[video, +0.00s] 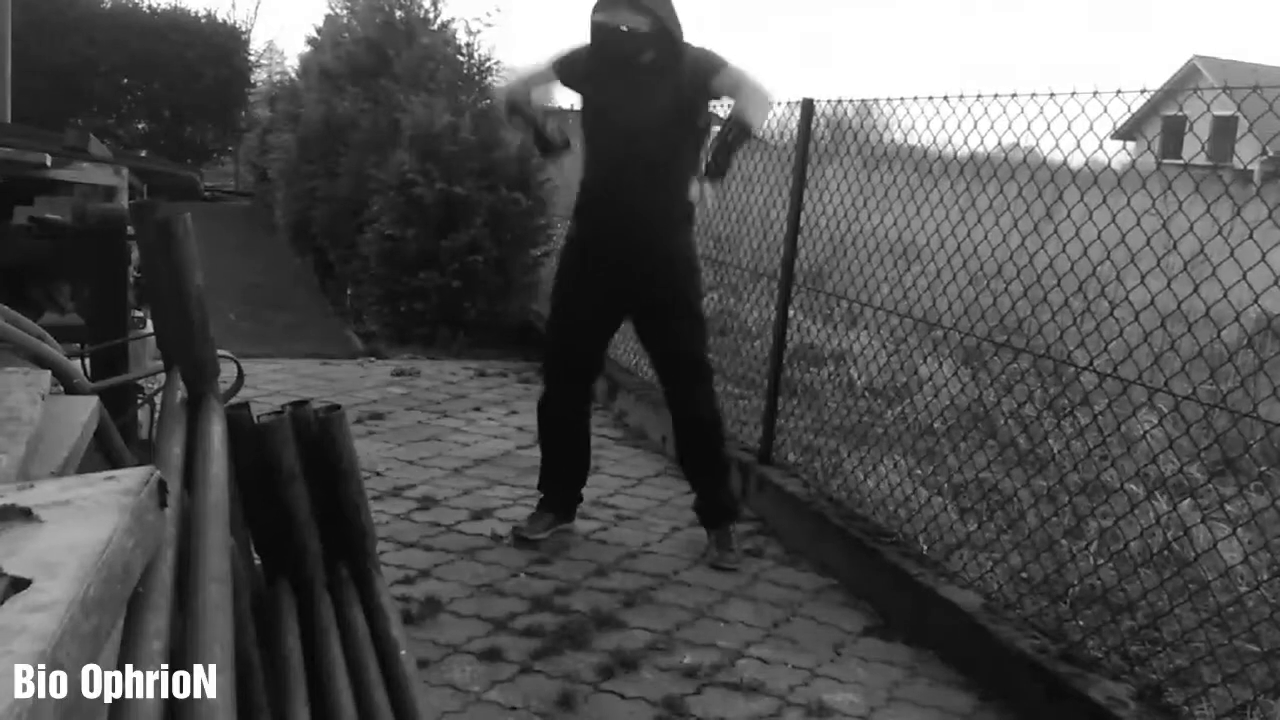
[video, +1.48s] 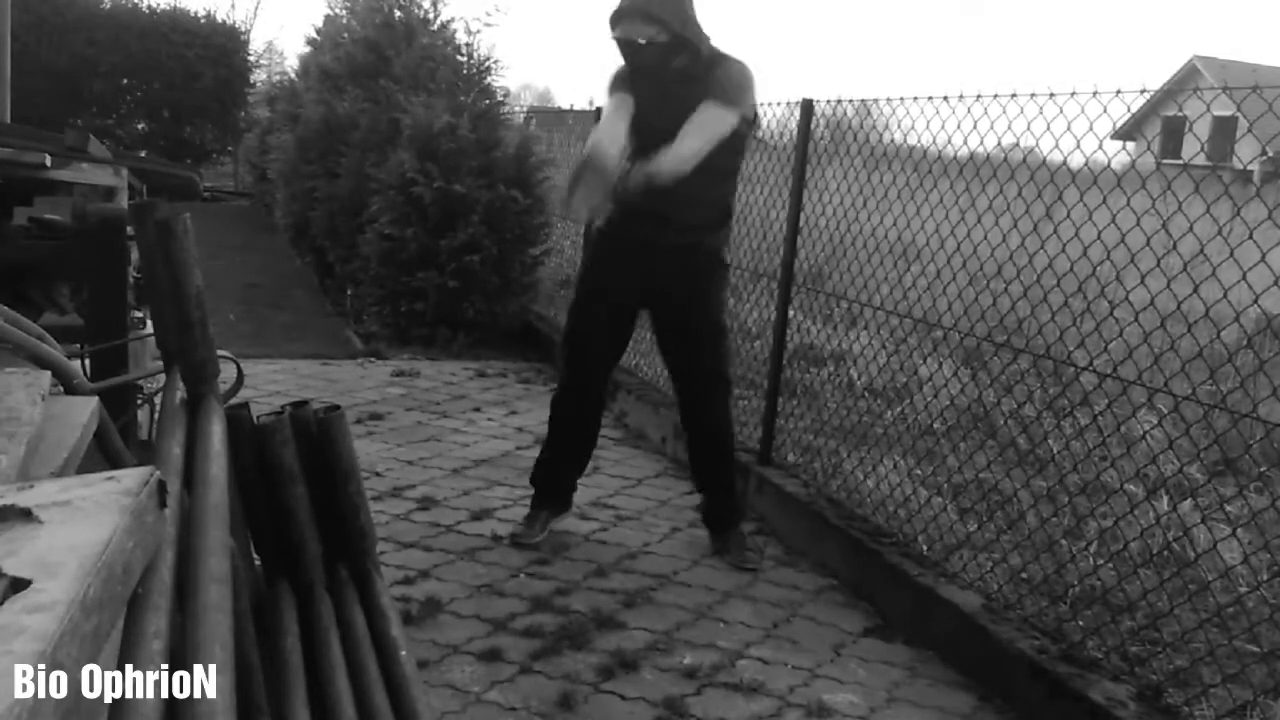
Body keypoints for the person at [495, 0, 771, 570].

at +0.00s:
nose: (611, 36)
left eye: (619, 27)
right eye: (608, 27)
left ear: (644, 21)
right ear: (610, 25)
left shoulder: (693, 64)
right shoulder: (592, 59)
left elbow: (756, 95)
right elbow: (508, 90)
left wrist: (728, 143)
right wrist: (539, 122)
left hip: (663, 252)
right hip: (592, 247)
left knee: (689, 385)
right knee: (565, 379)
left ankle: (719, 521)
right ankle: (557, 505)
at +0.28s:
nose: (644, 44)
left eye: (655, 36)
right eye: (633, 32)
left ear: (664, 43)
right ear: (606, 31)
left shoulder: (660, 102)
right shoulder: (580, 74)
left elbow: (679, 194)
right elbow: (566, 102)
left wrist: (708, 147)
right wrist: (556, 138)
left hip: (676, 261)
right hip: (605, 260)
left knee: (701, 384)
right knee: (580, 388)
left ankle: (711, 520)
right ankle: (554, 504)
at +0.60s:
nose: (642, 57)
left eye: (654, 44)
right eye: (630, 46)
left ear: (678, 35)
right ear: (618, 41)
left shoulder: (712, 80)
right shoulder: (622, 90)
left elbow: (718, 23)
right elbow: (574, 144)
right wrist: (582, 152)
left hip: (684, 255)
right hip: (612, 248)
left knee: (706, 386)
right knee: (580, 375)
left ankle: (730, 521)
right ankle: (550, 498)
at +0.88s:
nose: (656, 35)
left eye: (667, 24)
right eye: (649, 24)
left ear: (696, 24)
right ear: (641, 23)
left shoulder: (733, 80)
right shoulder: (635, 61)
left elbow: (737, 161)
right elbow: (548, 51)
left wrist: (664, 133)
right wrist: (601, 78)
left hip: (687, 260)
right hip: (615, 248)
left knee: (705, 393)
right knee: (575, 375)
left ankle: (727, 525)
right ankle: (553, 501)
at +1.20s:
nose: (665, 40)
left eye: (676, 29)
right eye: (651, 26)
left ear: (686, 31)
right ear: (622, 25)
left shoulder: (678, 89)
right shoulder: (601, 83)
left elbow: (719, 178)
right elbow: (656, 164)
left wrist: (703, 116)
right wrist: (682, 111)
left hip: (688, 266)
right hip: (617, 267)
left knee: (717, 388)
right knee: (588, 389)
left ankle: (730, 520)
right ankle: (555, 505)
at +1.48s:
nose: (637, 56)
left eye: (646, 43)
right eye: (628, 45)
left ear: (678, 34)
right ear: (621, 40)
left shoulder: (729, 78)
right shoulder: (628, 80)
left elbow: (673, 164)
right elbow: (604, 149)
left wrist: (617, 184)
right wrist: (595, 187)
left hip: (689, 263)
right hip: (616, 253)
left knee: (705, 393)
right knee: (581, 378)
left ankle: (725, 523)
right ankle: (549, 499)